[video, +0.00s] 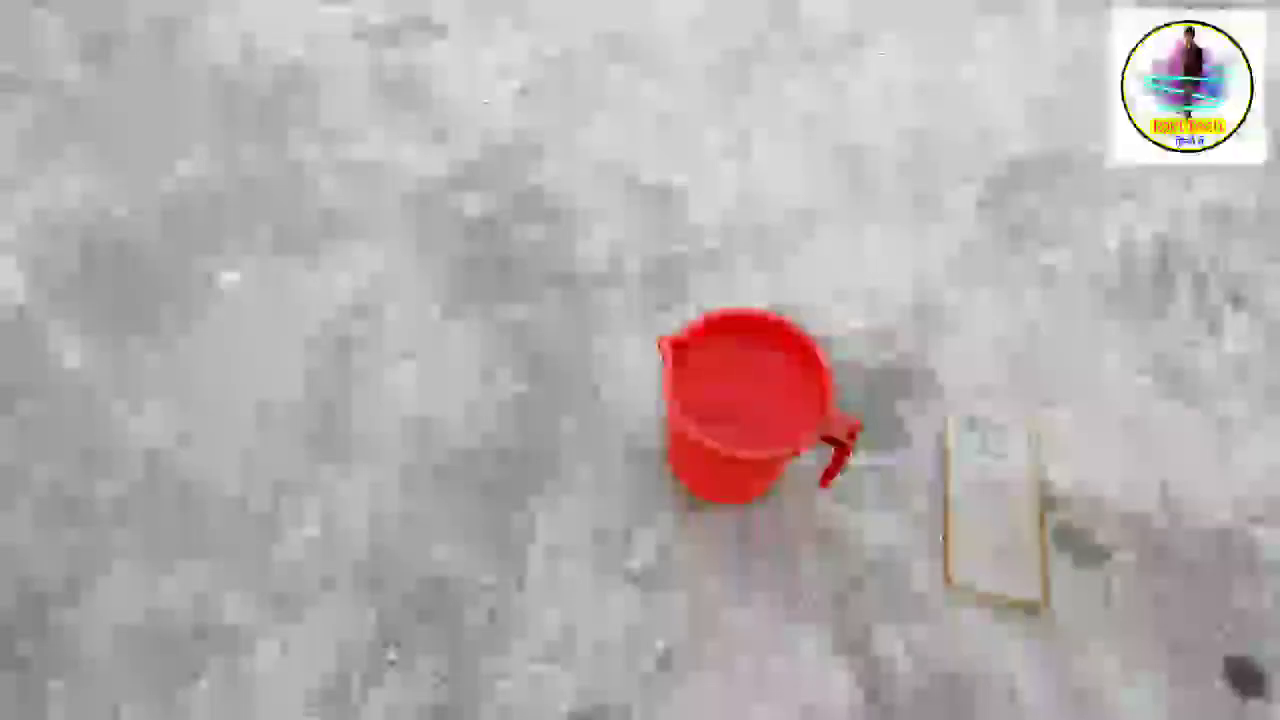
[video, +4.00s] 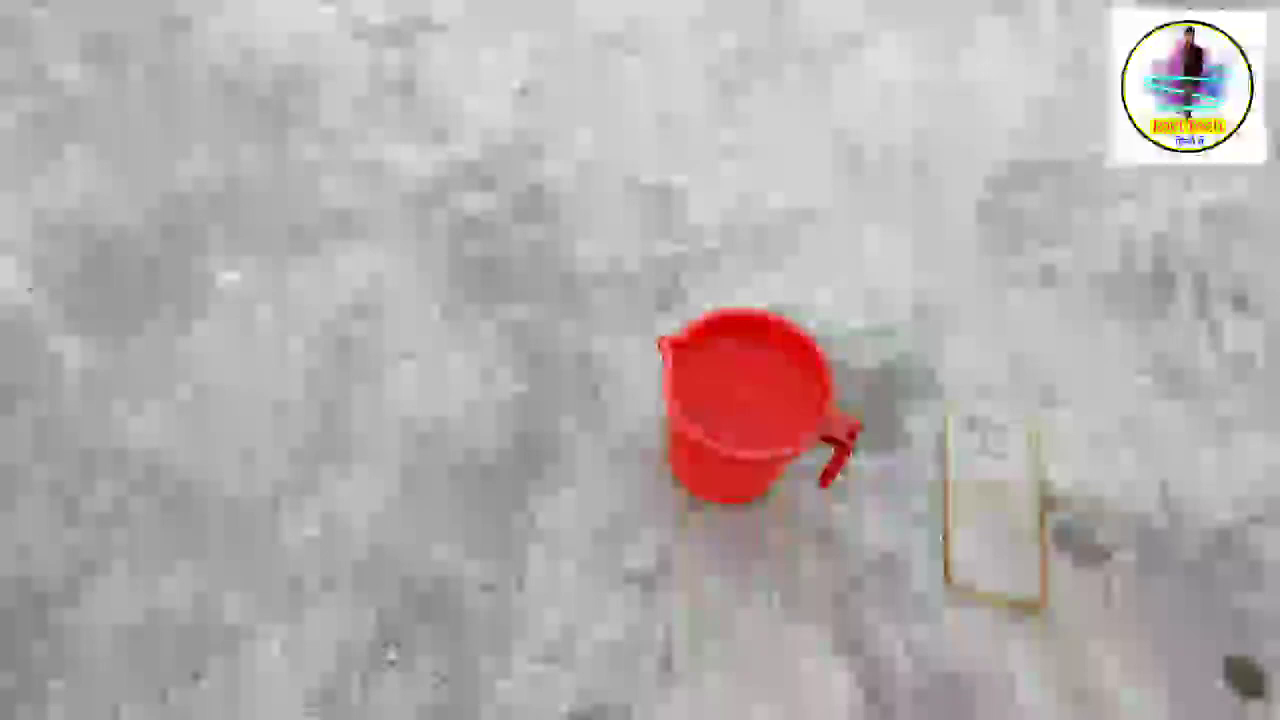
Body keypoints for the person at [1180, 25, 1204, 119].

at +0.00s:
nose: (1187, 38)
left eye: (1189, 35)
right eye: (1186, 35)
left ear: (1193, 36)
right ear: (1184, 36)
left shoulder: (1197, 50)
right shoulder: (1182, 50)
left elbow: (1199, 64)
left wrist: (1198, 75)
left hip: (1194, 75)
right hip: (1184, 74)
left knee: (1190, 93)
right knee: (1186, 93)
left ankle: (1188, 112)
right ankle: (1186, 112)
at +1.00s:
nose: (1187, 38)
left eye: (1189, 36)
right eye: (1186, 36)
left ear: (1193, 36)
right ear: (1184, 36)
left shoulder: (1197, 50)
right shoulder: (1182, 50)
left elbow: (1199, 63)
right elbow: (1178, 61)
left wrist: (1199, 73)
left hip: (1194, 74)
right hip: (1184, 73)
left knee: (1190, 92)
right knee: (1185, 92)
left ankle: (1188, 111)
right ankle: (1186, 110)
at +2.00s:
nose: (1187, 38)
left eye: (1189, 36)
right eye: (1186, 36)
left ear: (1193, 36)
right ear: (1184, 36)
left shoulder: (1197, 50)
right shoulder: (1181, 49)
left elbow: (1199, 64)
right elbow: (1176, 61)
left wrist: (1197, 75)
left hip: (1193, 75)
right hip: (1183, 74)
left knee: (1190, 93)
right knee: (1185, 93)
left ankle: (1188, 111)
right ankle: (1186, 111)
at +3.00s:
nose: (1188, 38)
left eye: (1190, 36)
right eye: (1187, 35)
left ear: (1193, 36)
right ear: (1184, 36)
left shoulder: (1197, 50)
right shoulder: (1181, 49)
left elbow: (1199, 65)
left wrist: (1198, 77)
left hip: (1193, 74)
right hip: (1183, 74)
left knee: (1190, 92)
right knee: (1185, 92)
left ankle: (1188, 111)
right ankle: (1185, 110)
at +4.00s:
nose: (1188, 38)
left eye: (1190, 35)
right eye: (1187, 35)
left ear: (1193, 36)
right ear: (1184, 36)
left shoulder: (1198, 50)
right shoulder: (1182, 49)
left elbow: (1199, 64)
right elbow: (1179, 62)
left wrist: (1198, 74)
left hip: (1194, 74)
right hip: (1184, 74)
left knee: (1191, 92)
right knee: (1186, 92)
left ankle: (1189, 111)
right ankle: (1186, 111)